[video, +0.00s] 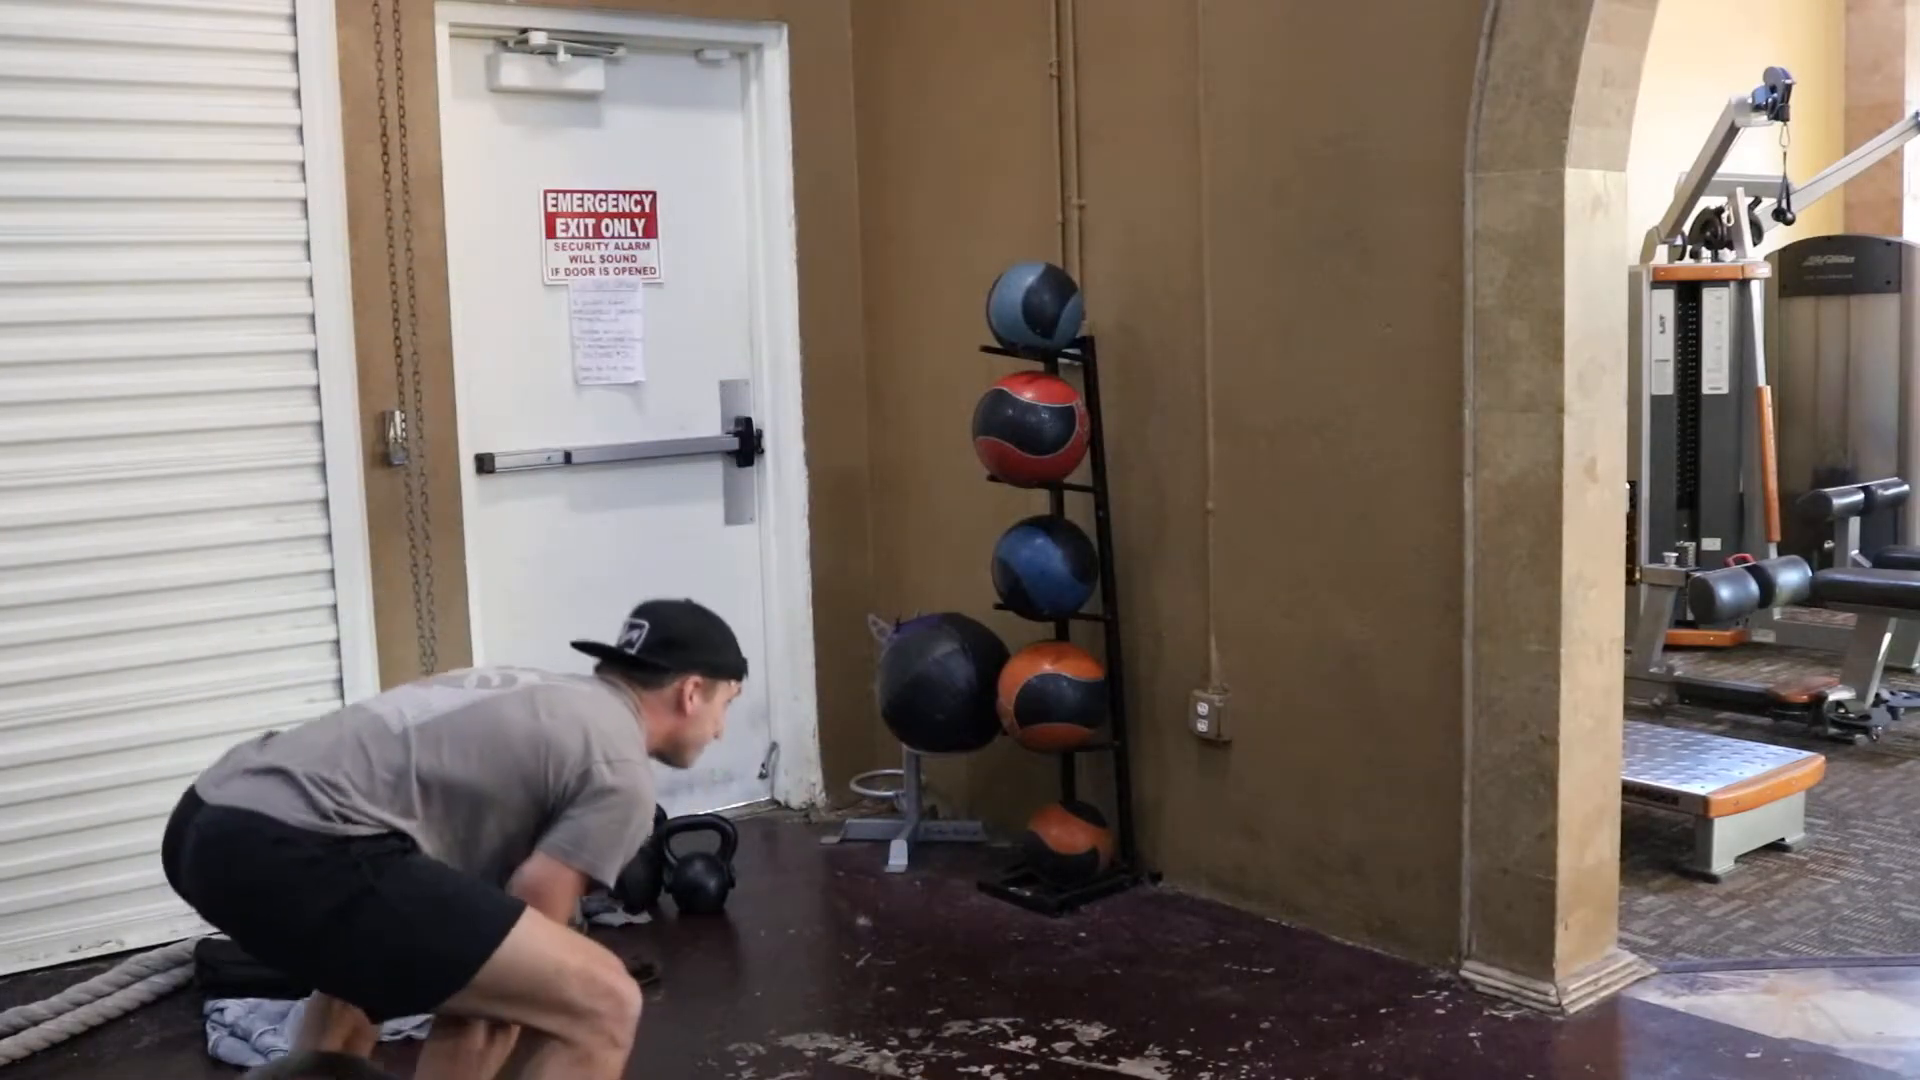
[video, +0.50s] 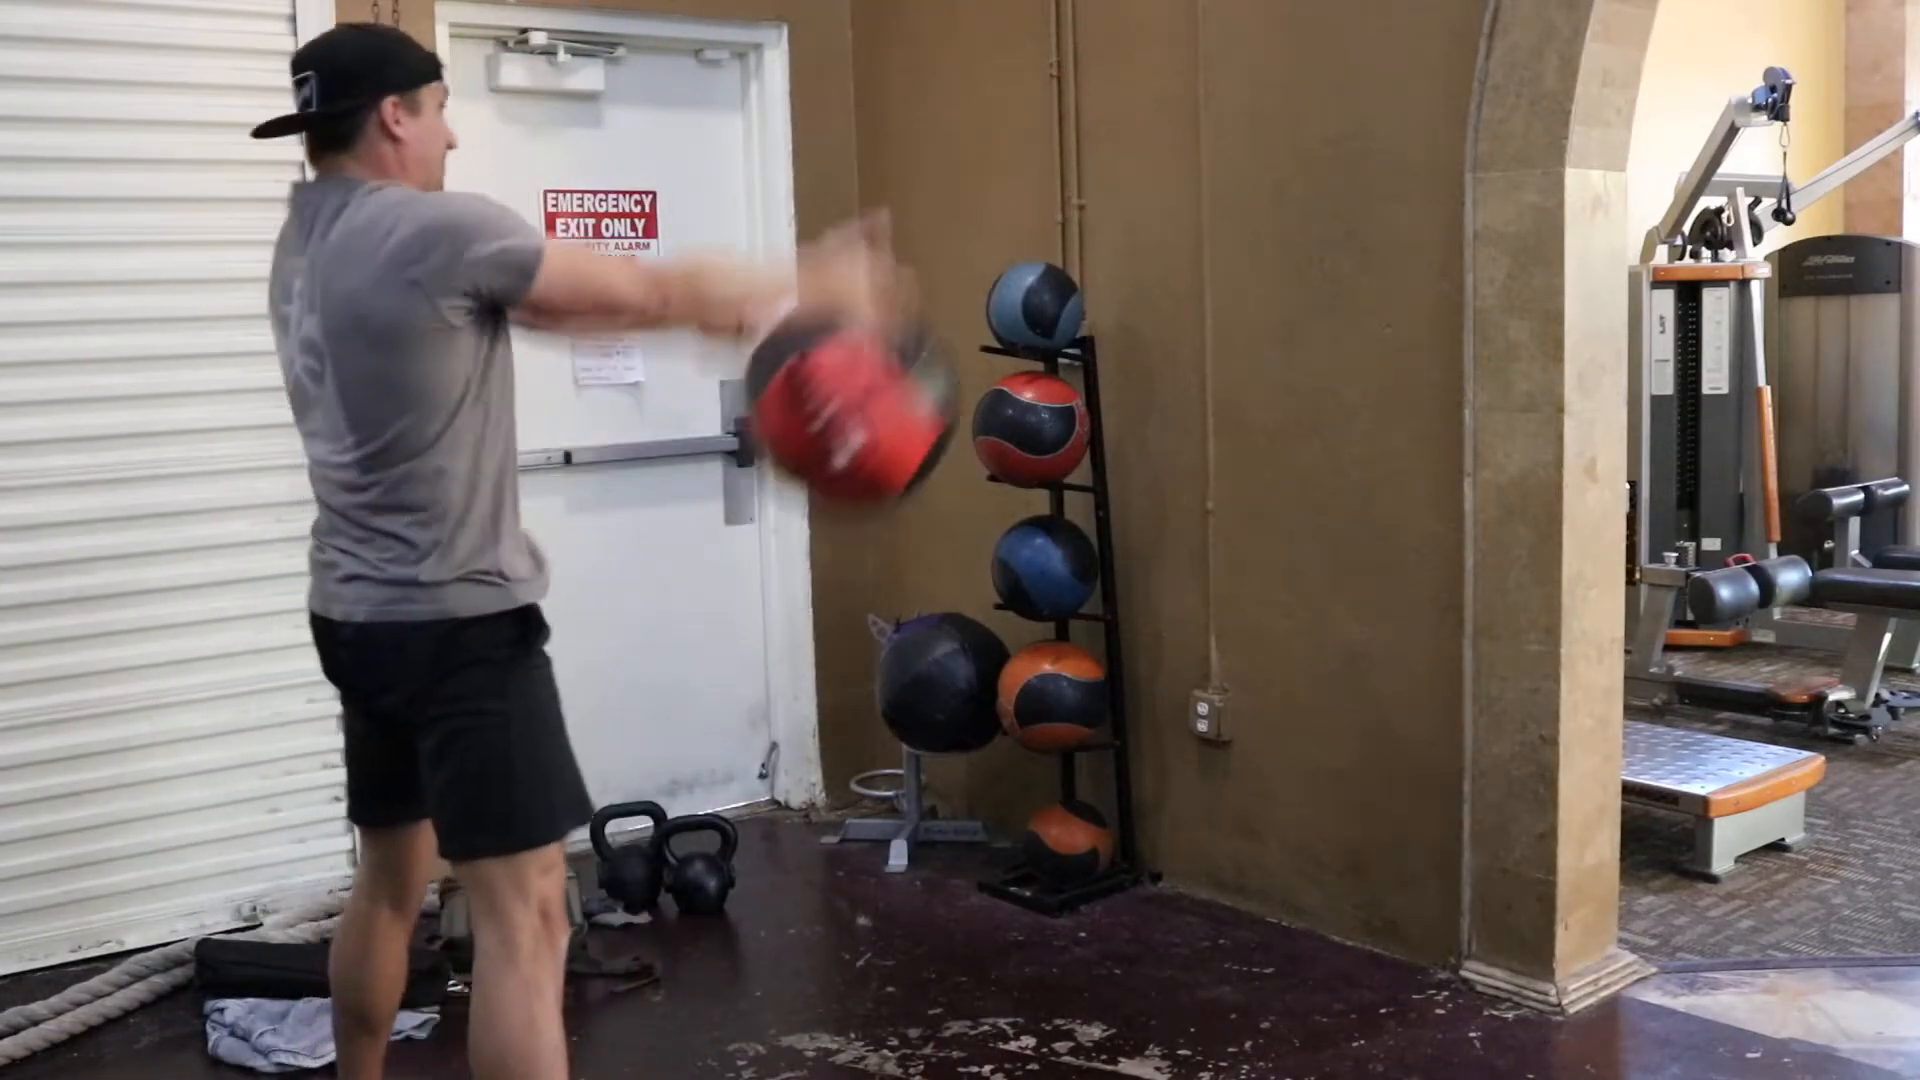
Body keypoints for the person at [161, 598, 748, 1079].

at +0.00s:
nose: (721, 729)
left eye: (727, 708)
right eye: (724, 706)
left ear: (625, 670)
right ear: (687, 695)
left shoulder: (530, 692)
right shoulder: (622, 769)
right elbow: (516, 944)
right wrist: (456, 1068)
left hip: (203, 829)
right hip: (303, 853)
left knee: (372, 949)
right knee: (604, 1004)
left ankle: (307, 1060)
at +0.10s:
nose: (712, 652)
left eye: (717, 629)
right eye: (714, 627)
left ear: (615, 600)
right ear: (678, 620)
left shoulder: (519, 630)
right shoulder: (611, 708)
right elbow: (503, 917)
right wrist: (433, 1067)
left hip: (208, 794)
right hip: (307, 818)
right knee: (592, 1000)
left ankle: (307, 1050)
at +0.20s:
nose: (685, 497)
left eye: (684, 476)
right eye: (680, 475)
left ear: (576, 473)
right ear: (644, 484)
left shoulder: (497, 532)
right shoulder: (588, 588)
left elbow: (493, 793)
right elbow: (517, 823)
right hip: (317, 770)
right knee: (585, 1002)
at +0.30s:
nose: (614, 308)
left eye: (607, 287)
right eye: (603, 287)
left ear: (513, 306)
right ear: (565, 303)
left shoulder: (436, 392)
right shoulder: (553, 432)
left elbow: (440, 635)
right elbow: (552, 682)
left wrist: (457, 803)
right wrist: (582, 877)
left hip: (260, 686)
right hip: (362, 708)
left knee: (365, 889)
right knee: (560, 983)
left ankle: (334, 1068)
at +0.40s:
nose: (510, 158)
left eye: (504, 136)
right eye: (500, 136)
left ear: (407, 154)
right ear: (459, 147)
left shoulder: (357, 277)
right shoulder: (489, 279)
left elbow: (497, 470)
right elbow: (609, 470)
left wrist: (598, 595)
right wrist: (724, 610)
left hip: (318, 626)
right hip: (416, 638)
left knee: (369, 887)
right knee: (511, 937)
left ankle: (346, 1071)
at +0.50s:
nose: (451, 133)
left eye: (446, 110)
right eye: (440, 111)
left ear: (349, 123)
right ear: (394, 119)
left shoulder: (309, 232)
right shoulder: (432, 230)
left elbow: (540, 303)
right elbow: (648, 290)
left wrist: (683, 303)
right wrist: (811, 280)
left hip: (357, 615)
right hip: (460, 620)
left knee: (388, 886)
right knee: (526, 919)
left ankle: (358, 1072)